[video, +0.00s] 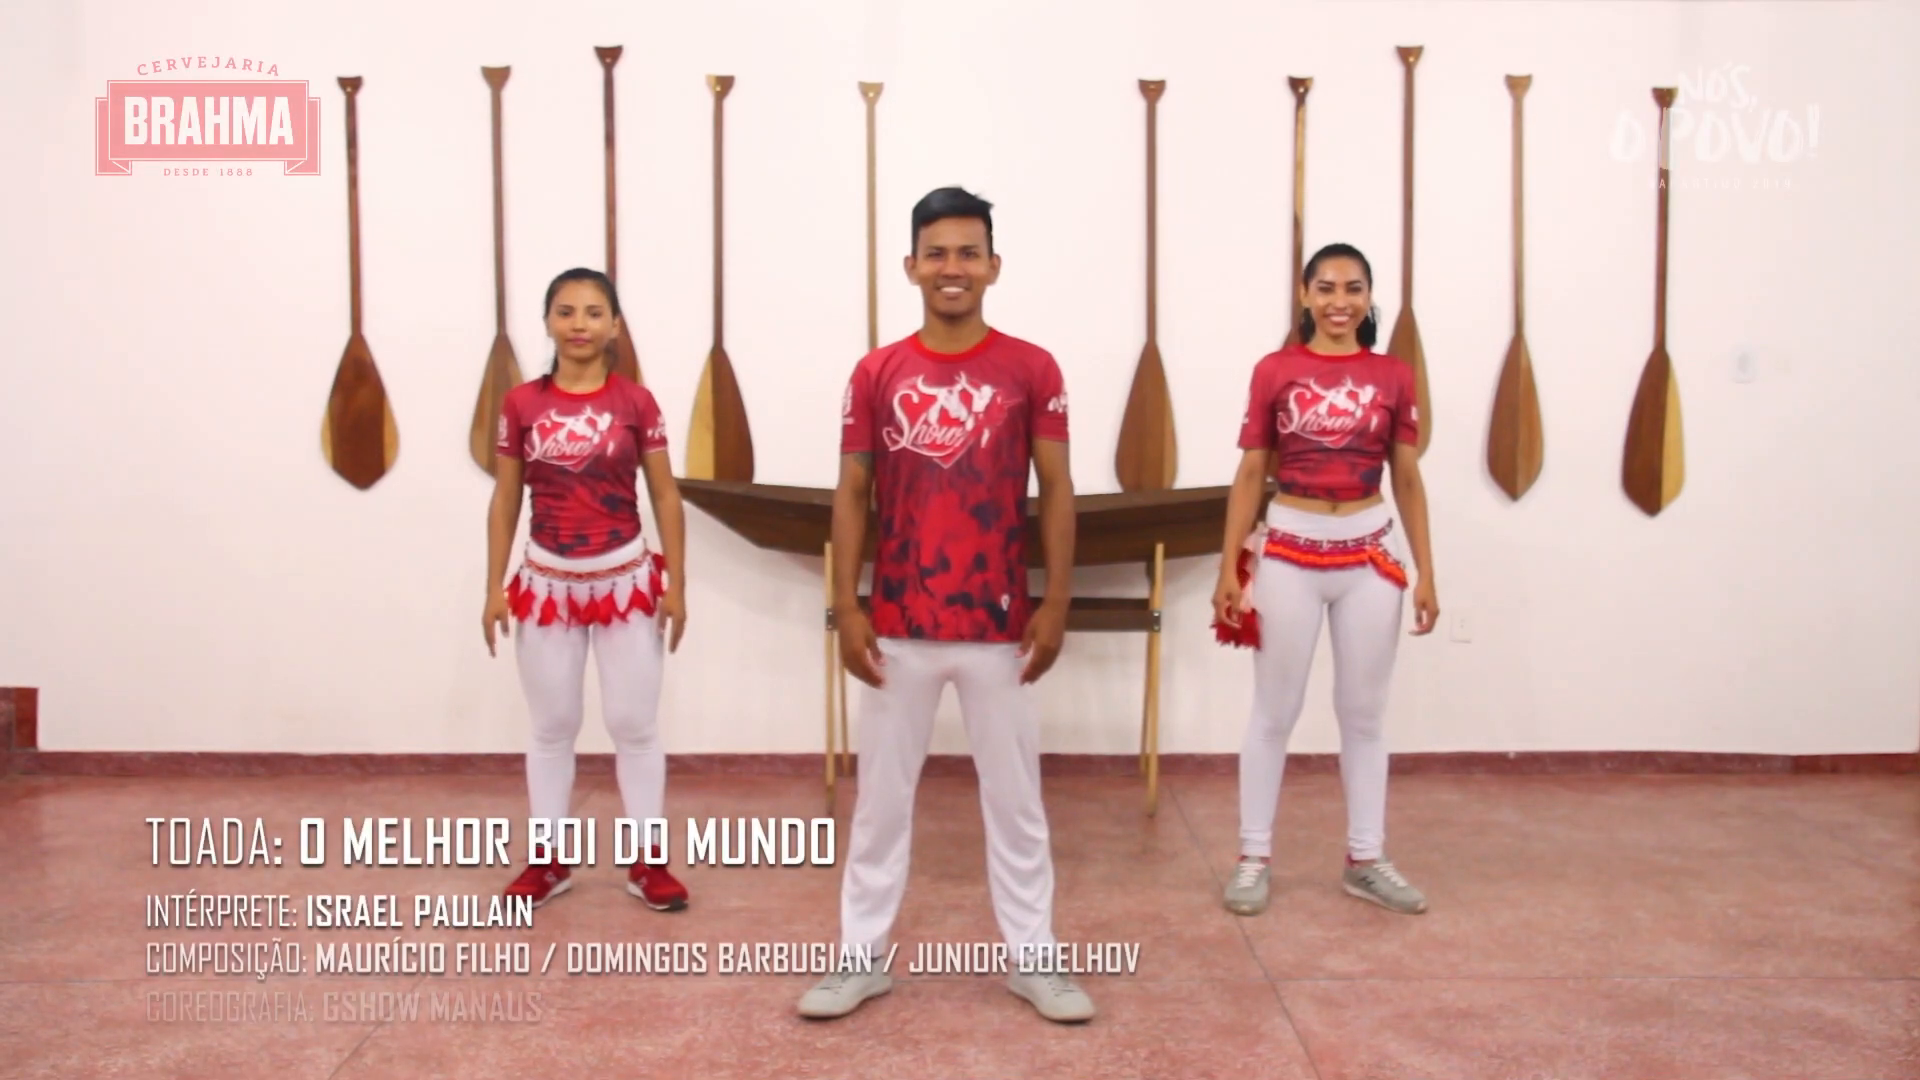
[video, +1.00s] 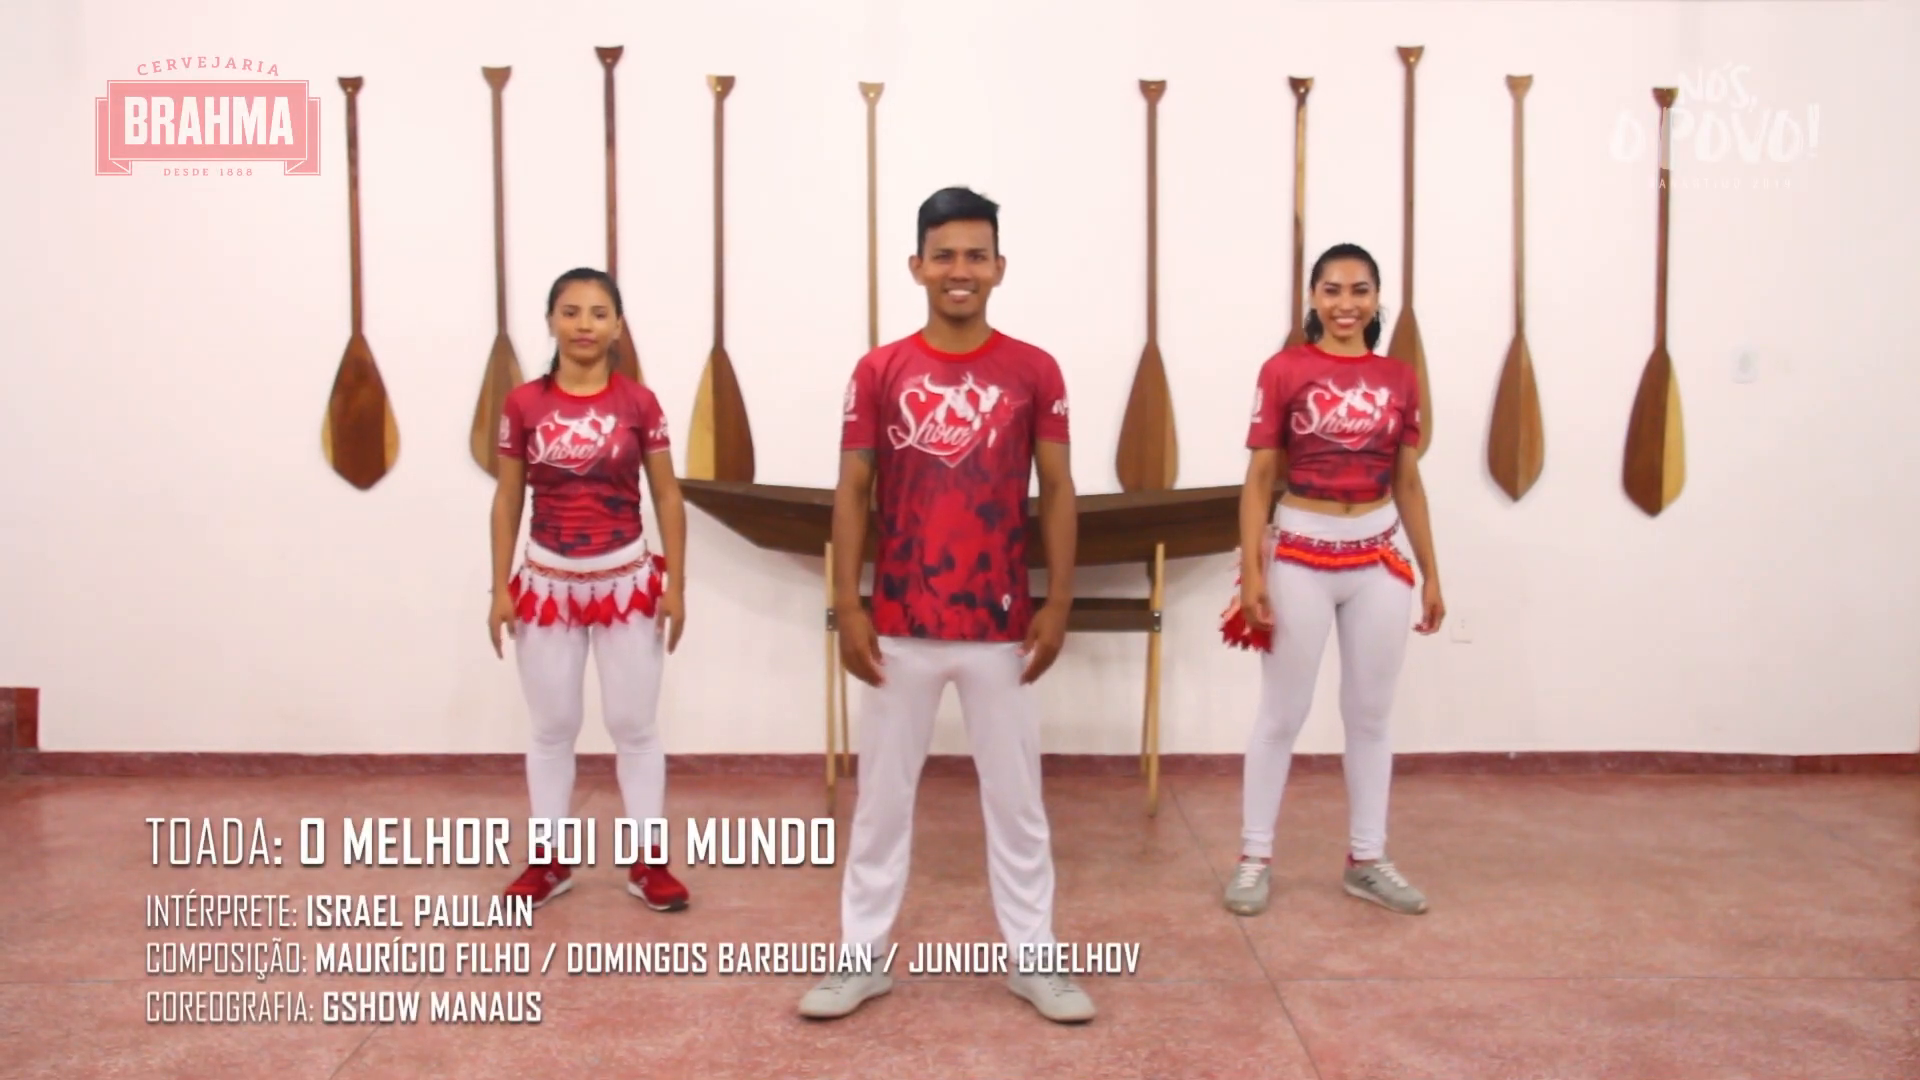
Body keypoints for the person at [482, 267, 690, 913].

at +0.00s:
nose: (580, 322)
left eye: (594, 312)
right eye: (566, 312)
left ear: (614, 324)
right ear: (548, 323)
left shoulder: (634, 400)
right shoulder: (523, 404)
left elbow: (666, 493)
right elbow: (506, 498)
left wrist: (676, 581)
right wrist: (495, 585)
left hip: (627, 579)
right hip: (546, 581)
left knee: (635, 728)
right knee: (551, 728)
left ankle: (648, 861)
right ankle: (548, 858)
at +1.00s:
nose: (585, 323)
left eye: (599, 312)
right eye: (571, 312)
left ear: (617, 325)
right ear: (552, 323)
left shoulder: (638, 401)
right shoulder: (525, 404)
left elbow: (668, 494)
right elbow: (508, 497)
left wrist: (675, 582)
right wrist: (500, 586)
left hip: (628, 579)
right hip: (546, 581)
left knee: (635, 729)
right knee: (551, 730)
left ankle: (649, 862)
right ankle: (548, 859)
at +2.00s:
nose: (603, 315)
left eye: (617, 304)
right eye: (587, 306)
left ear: (635, 320)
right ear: (566, 324)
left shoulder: (656, 386)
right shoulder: (555, 386)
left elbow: (730, 357)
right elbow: (540, 332)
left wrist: (805, 332)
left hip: (647, 590)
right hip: (569, 588)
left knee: (647, 737)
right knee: (538, 741)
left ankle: (650, 863)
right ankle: (495, 879)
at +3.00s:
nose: (486, 323)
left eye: (499, 306)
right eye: (474, 310)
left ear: (527, 316)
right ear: (461, 322)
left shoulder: (539, 388)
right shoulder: (461, 393)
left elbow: (530, 310)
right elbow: (395, 378)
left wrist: (429, 300)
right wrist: (332, 362)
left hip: (530, 608)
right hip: (461, 609)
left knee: (489, 765)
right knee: (470, 770)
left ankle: (537, 910)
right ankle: (498, 908)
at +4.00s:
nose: (570, 319)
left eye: (589, 306)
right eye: (557, 302)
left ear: (616, 318)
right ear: (534, 309)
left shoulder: (621, 394)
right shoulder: (502, 377)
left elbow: (703, 332)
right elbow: (413, 295)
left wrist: (778, 265)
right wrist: (488, 274)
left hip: (604, 631)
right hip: (516, 634)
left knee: (609, 810)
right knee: (523, 818)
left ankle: (626, 975)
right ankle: (570, 928)